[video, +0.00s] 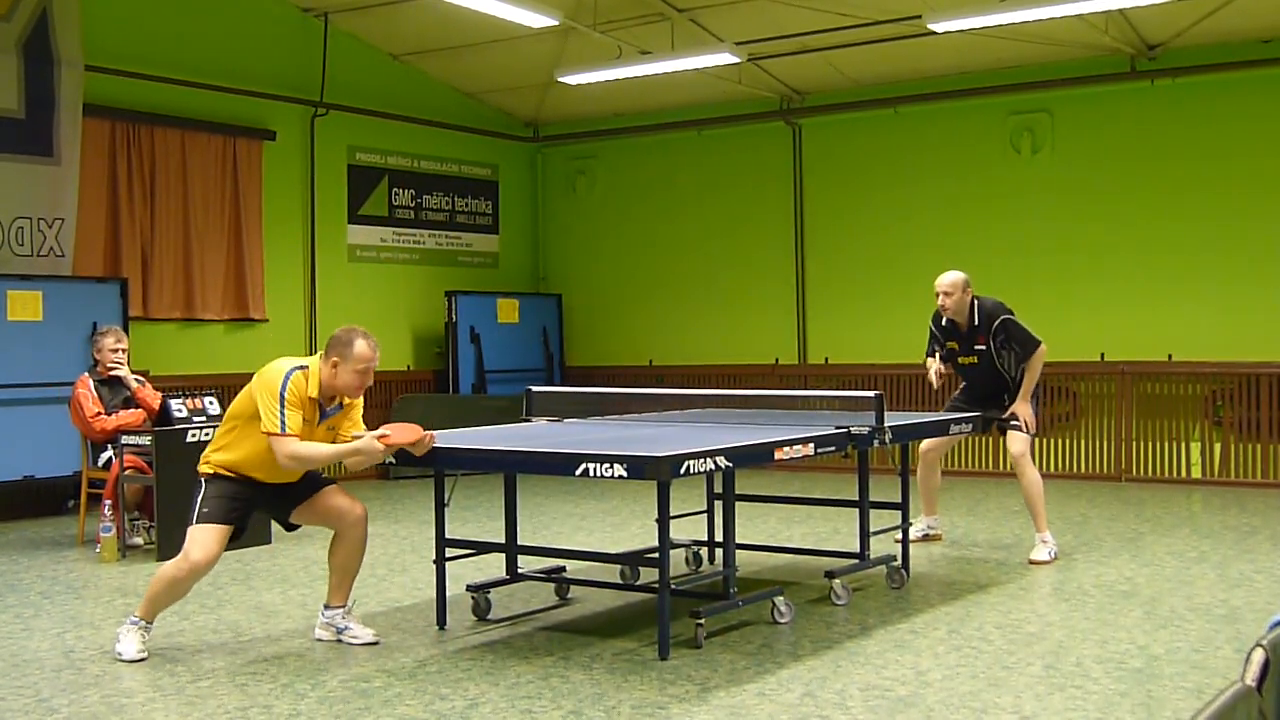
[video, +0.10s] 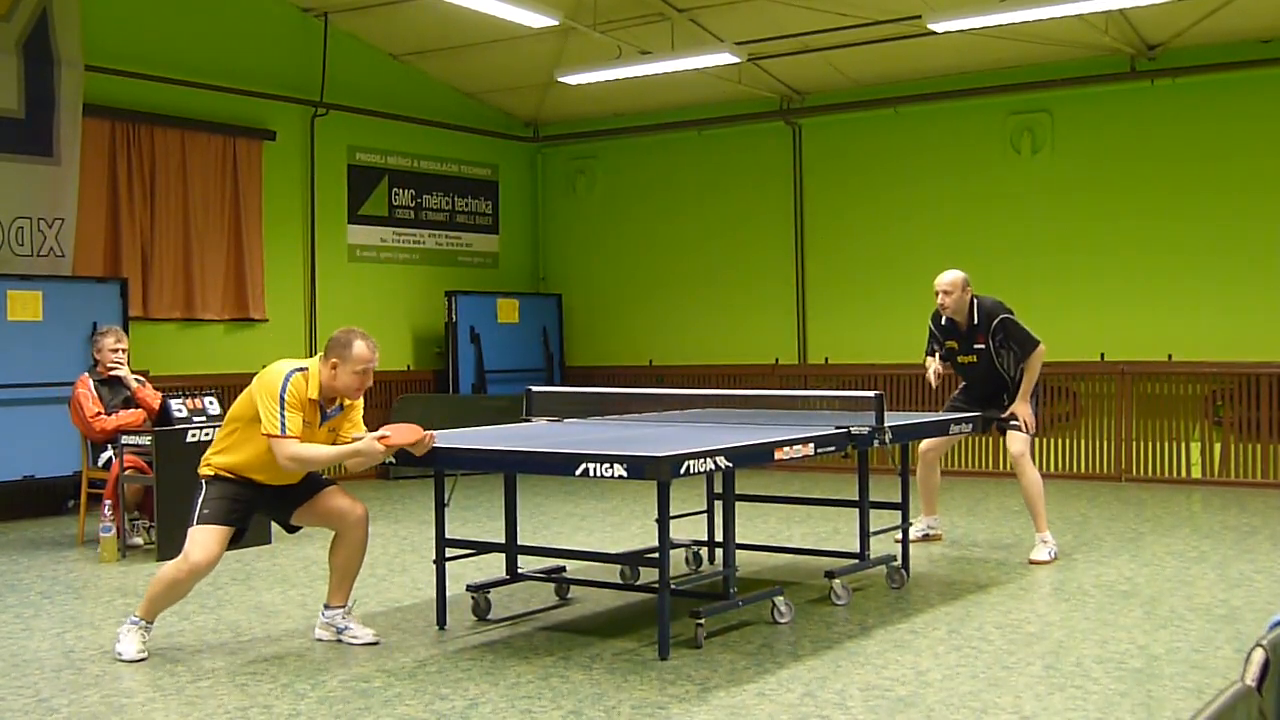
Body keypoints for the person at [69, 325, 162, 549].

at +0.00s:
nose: (120, 356)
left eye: (124, 351)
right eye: (113, 351)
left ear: (128, 354)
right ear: (97, 354)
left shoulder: (137, 381)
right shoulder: (84, 385)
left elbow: (163, 412)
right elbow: (97, 428)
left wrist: (133, 384)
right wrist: (142, 415)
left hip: (146, 446)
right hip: (112, 449)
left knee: (170, 469)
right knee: (133, 474)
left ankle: (152, 521)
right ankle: (131, 519)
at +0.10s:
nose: (120, 356)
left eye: (123, 351)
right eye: (113, 351)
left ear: (128, 354)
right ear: (97, 354)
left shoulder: (137, 381)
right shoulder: (84, 385)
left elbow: (162, 412)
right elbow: (97, 428)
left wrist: (132, 384)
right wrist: (141, 415)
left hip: (145, 446)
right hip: (111, 449)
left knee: (168, 469)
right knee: (133, 474)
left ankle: (151, 520)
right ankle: (131, 519)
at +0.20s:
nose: (120, 356)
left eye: (124, 351)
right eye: (113, 351)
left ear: (128, 354)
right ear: (97, 354)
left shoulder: (137, 381)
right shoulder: (85, 385)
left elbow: (163, 412)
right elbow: (97, 427)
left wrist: (132, 384)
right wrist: (141, 415)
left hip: (146, 446)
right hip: (112, 449)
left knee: (169, 469)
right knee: (133, 474)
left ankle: (152, 519)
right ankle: (132, 519)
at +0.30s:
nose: (120, 356)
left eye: (124, 351)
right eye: (113, 351)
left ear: (128, 354)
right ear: (97, 354)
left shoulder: (138, 381)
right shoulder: (85, 385)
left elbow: (162, 412)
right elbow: (97, 427)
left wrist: (132, 384)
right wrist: (141, 415)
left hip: (147, 446)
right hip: (112, 448)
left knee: (169, 470)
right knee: (133, 474)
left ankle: (152, 519)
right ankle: (132, 519)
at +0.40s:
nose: (120, 356)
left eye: (123, 351)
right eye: (113, 351)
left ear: (128, 354)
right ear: (97, 355)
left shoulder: (138, 381)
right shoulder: (85, 385)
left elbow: (162, 412)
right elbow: (97, 428)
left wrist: (132, 384)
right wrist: (142, 415)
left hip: (147, 446)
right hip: (112, 449)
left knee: (170, 469)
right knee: (133, 474)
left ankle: (152, 521)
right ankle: (131, 520)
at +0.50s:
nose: (120, 356)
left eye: (123, 351)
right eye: (113, 351)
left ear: (128, 354)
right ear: (97, 355)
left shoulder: (138, 381)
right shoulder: (85, 385)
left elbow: (162, 412)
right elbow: (97, 428)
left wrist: (132, 384)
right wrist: (142, 415)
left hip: (147, 446)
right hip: (112, 449)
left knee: (170, 469)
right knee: (133, 474)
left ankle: (152, 521)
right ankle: (131, 520)